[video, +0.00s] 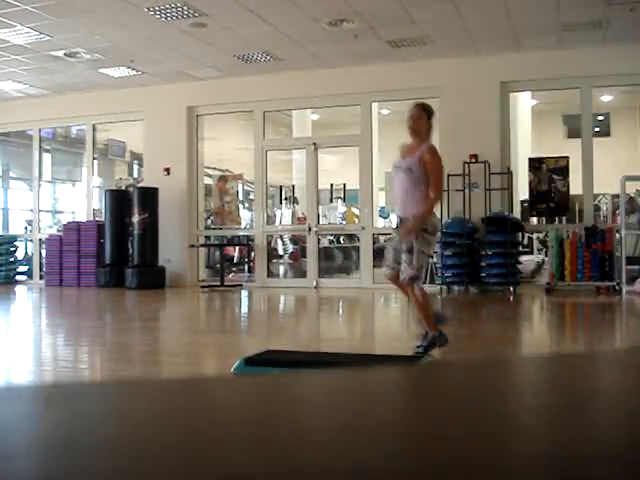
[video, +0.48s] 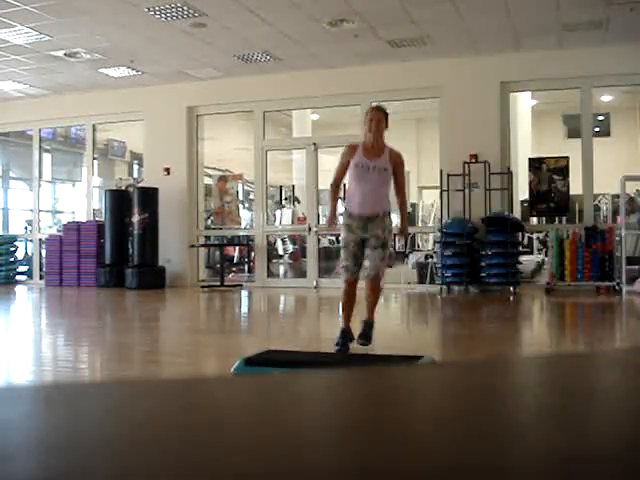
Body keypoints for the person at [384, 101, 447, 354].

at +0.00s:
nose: (411, 121)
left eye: (417, 118)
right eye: (410, 117)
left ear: (428, 122)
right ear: (408, 121)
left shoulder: (429, 153)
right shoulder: (405, 150)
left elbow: (435, 193)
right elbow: (406, 187)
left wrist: (417, 221)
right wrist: (401, 214)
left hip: (421, 220)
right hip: (404, 219)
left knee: (412, 280)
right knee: (393, 274)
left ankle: (432, 331)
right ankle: (432, 316)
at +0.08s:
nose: (401, 115)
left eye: (407, 111)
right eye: (399, 111)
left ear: (417, 115)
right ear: (395, 115)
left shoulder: (418, 146)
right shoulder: (389, 142)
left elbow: (424, 185)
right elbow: (391, 177)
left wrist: (400, 209)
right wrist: (388, 203)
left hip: (409, 212)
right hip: (388, 209)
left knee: (399, 270)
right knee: (376, 265)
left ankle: (418, 319)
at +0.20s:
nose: (385, 127)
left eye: (390, 123)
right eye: (382, 123)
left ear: (399, 127)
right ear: (377, 126)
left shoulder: (404, 160)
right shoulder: (368, 154)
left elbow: (408, 197)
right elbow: (366, 187)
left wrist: (393, 224)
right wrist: (364, 216)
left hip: (389, 221)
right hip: (366, 218)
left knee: (379, 280)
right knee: (359, 277)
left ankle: (380, 327)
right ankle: (348, 328)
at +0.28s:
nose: (378, 138)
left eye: (383, 134)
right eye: (375, 133)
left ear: (391, 137)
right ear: (370, 137)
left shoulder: (399, 171)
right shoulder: (359, 167)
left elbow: (403, 209)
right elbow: (354, 195)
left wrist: (395, 237)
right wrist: (350, 216)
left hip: (382, 234)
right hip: (357, 231)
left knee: (371, 289)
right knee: (349, 287)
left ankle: (372, 331)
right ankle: (346, 333)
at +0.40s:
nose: (375, 130)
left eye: (379, 126)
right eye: (371, 126)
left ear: (386, 130)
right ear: (365, 129)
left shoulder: (394, 163)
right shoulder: (352, 157)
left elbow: (400, 199)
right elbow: (338, 189)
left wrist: (403, 229)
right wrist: (332, 219)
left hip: (379, 226)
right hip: (352, 225)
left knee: (372, 281)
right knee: (348, 281)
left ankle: (370, 321)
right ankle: (345, 330)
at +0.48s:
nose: (374, 125)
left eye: (379, 121)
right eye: (371, 120)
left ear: (386, 125)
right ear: (365, 123)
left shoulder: (394, 157)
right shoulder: (351, 151)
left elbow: (400, 192)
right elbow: (336, 183)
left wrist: (403, 221)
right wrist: (332, 213)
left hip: (379, 219)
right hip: (352, 218)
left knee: (374, 276)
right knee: (350, 277)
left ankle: (369, 321)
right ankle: (345, 328)